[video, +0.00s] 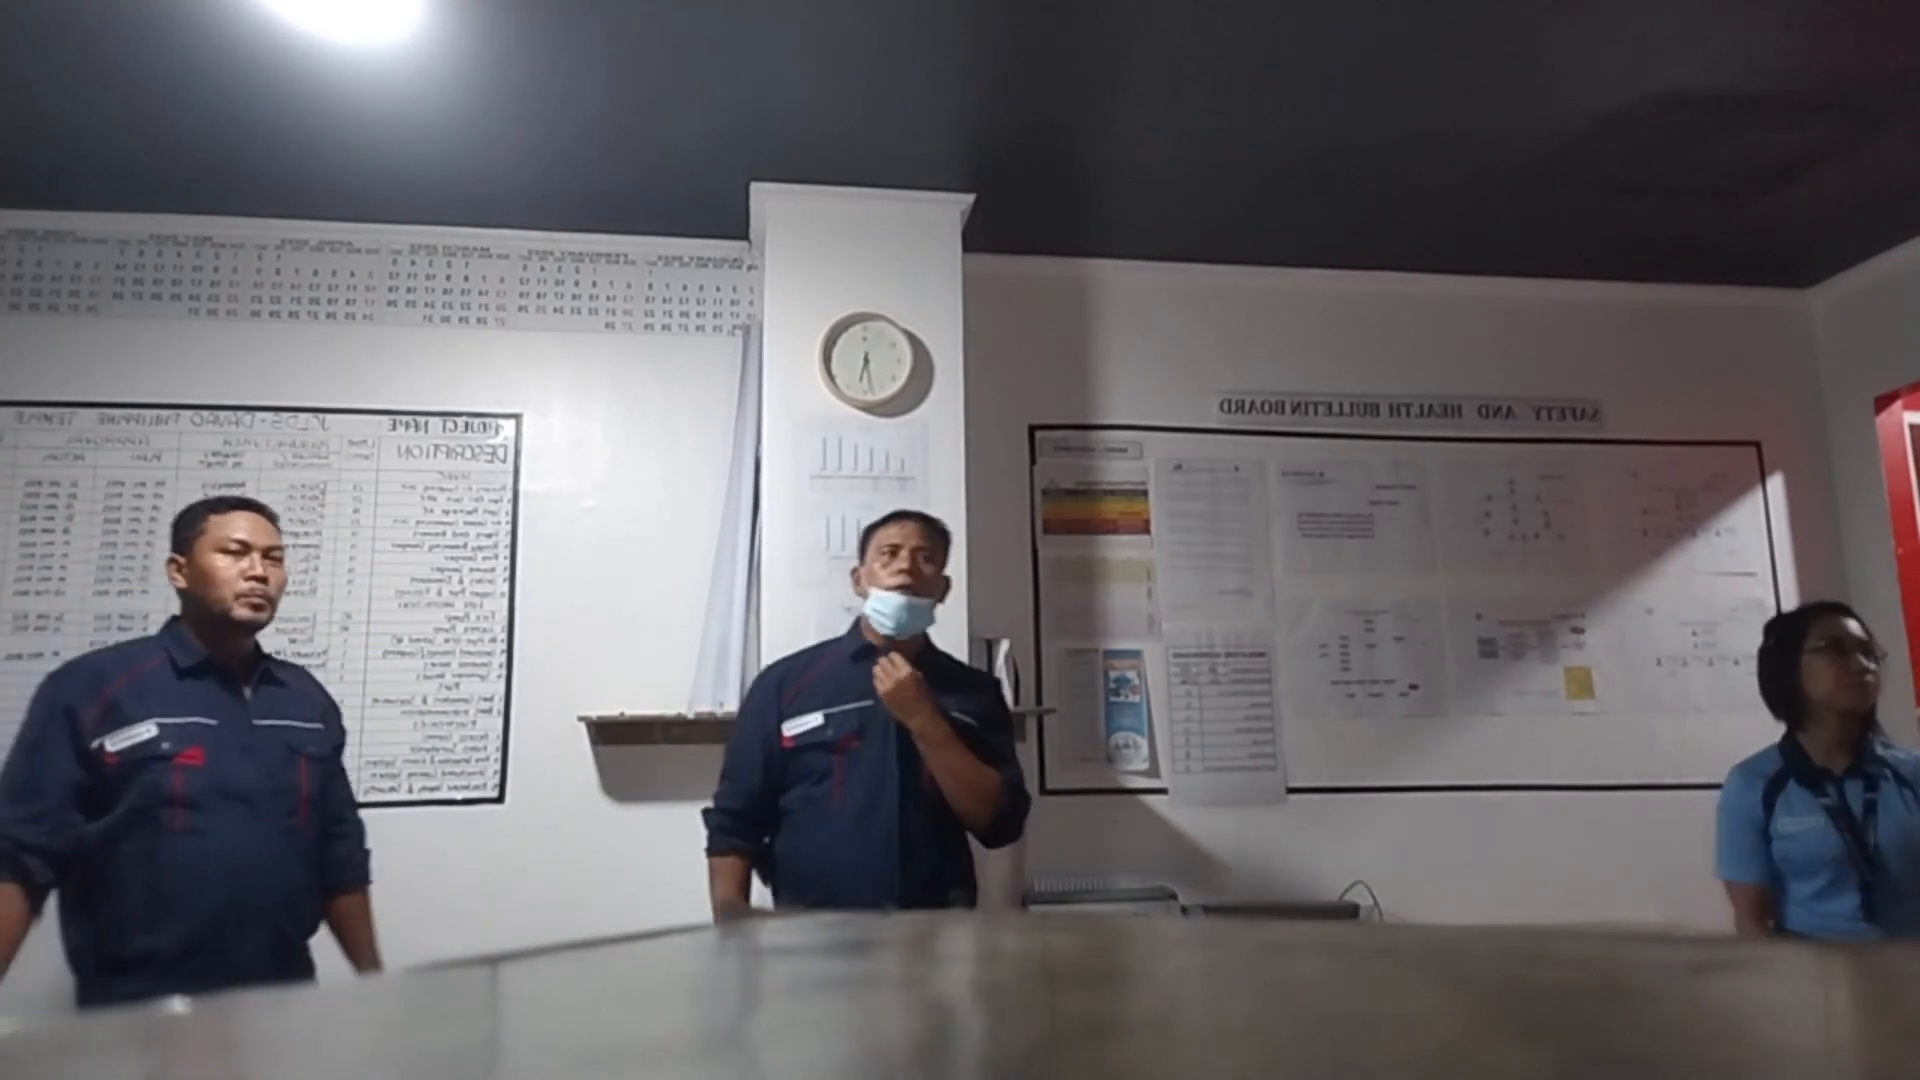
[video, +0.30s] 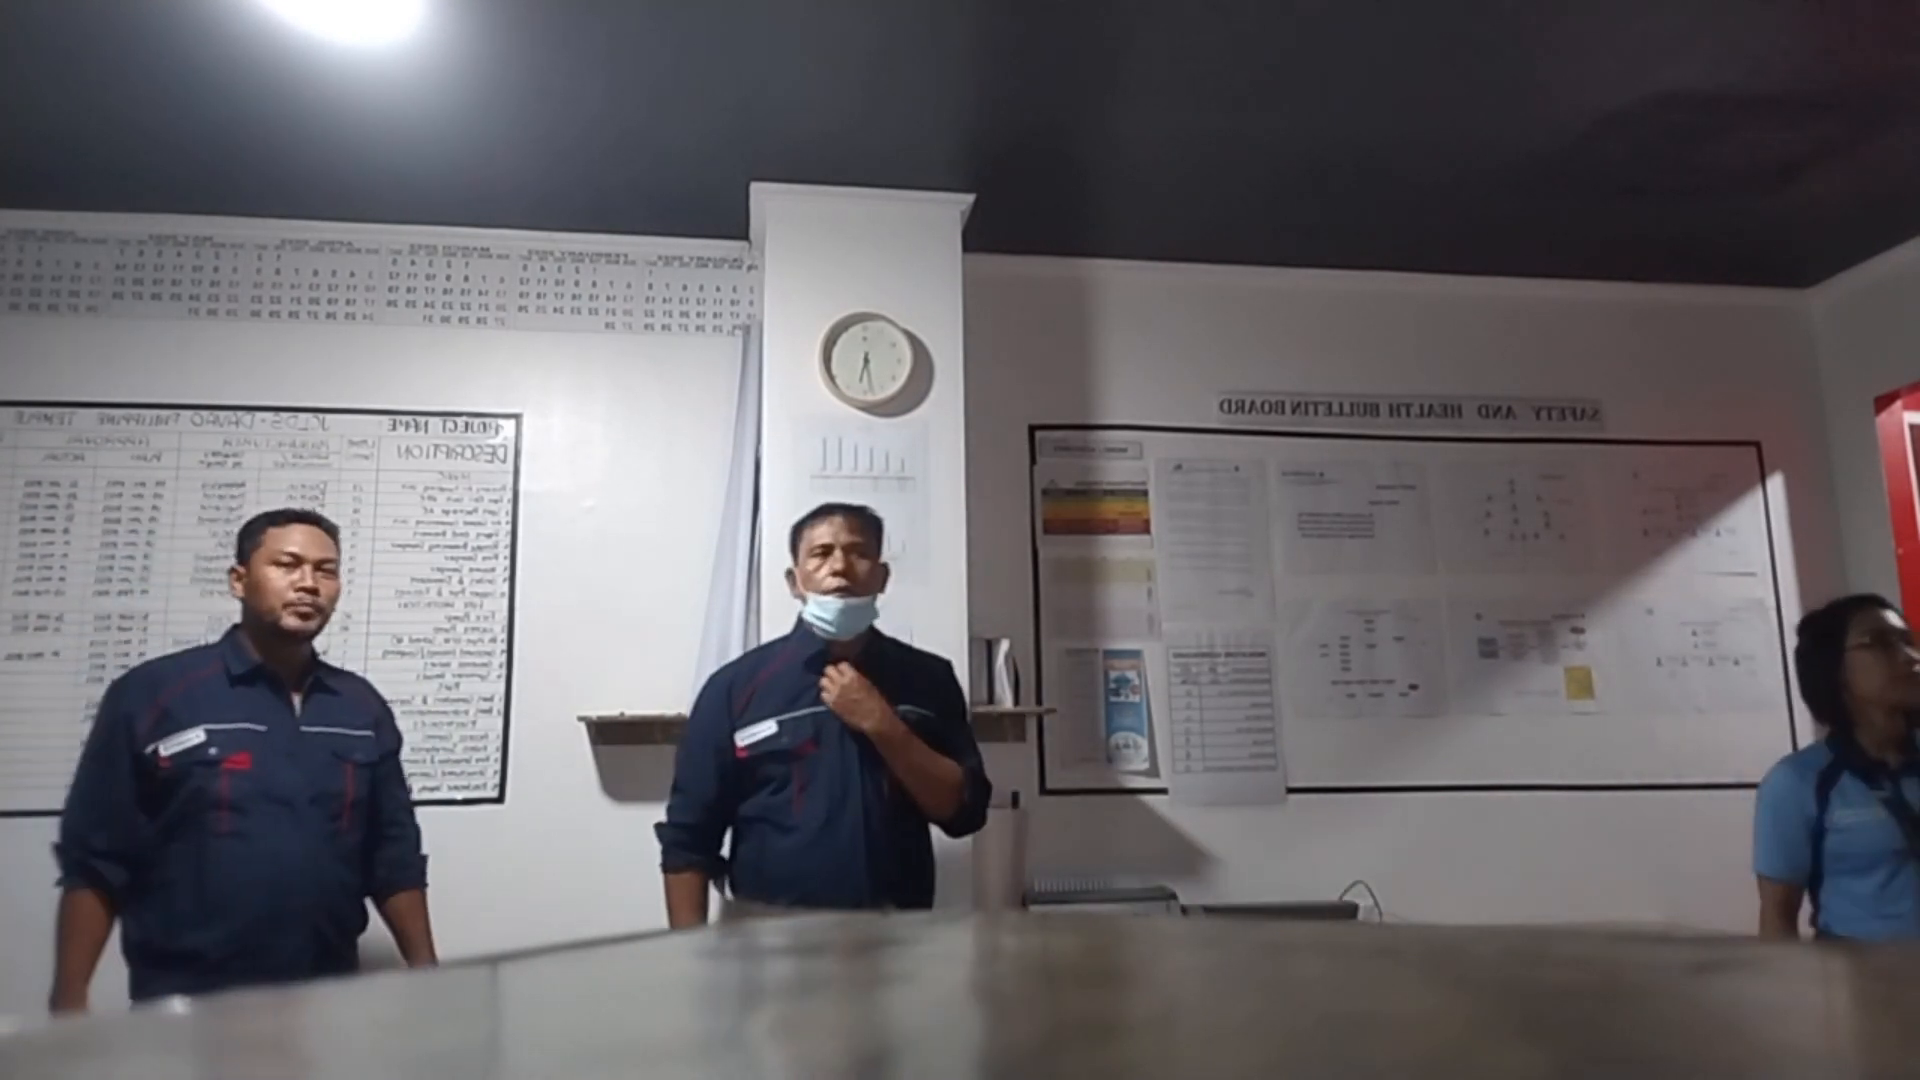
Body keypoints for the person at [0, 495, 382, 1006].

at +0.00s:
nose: (259, 572)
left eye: (273, 558)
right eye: (234, 552)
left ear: (285, 576)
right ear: (179, 571)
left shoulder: (307, 702)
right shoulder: (84, 694)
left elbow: (339, 860)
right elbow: (20, 870)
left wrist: (377, 986)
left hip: (280, 1011)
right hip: (135, 1018)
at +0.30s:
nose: (309, 583)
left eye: (325, 570)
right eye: (287, 564)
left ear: (338, 589)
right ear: (240, 581)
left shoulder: (362, 708)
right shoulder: (148, 698)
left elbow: (394, 858)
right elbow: (95, 864)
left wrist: (428, 983)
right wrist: (68, 1006)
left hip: (322, 1008)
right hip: (185, 1012)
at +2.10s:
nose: (183, 562)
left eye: (195, 547)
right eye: (156, 540)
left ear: (207, 564)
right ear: (92, 556)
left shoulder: (213, 691)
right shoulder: (18, 674)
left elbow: (228, 858)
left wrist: (240, 997)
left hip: (187, 1017)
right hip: (45, 1020)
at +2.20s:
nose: (179, 562)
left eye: (191, 545)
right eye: (152, 540)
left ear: (203, 561)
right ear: (88, 557)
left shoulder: (211, 691)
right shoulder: (16, 673)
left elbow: (228, 858)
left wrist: (243, 1000)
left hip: (188, 1017)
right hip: (46, 1019)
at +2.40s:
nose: (181, 567)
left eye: (194, 551)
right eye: (154, 545)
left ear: (204, 567)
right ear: (90, 559)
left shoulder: (222, 696)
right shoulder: (17, 680)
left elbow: (242, 860)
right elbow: (8, 853)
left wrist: (259, 998)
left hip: (190, 1018)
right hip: (47, 1022)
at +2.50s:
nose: (190, 563)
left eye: (202, 547)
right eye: (163, 541)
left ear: (213, 564)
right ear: (100, 558)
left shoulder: (234, 693)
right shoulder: (18, 681)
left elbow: (256, 857)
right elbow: (9, 850)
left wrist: (281, 988)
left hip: (193, 1014)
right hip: (46, 1020)